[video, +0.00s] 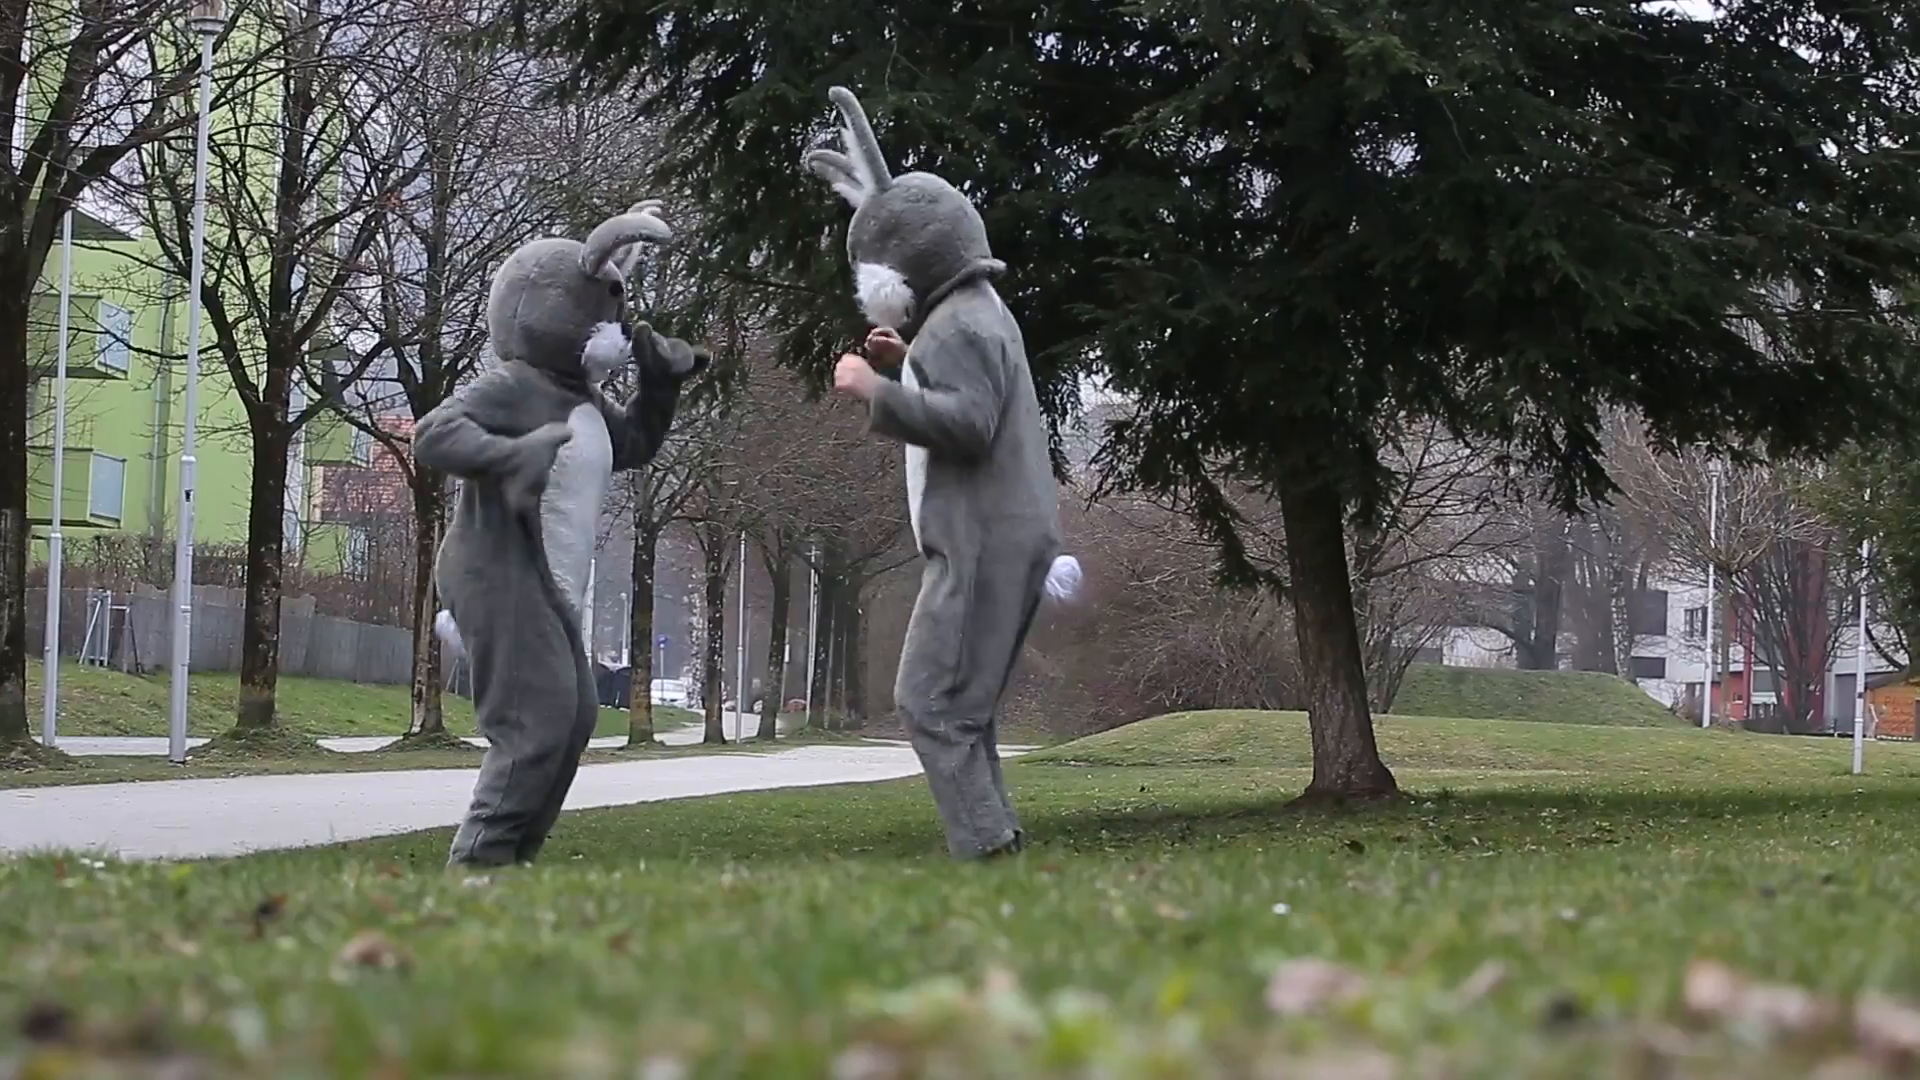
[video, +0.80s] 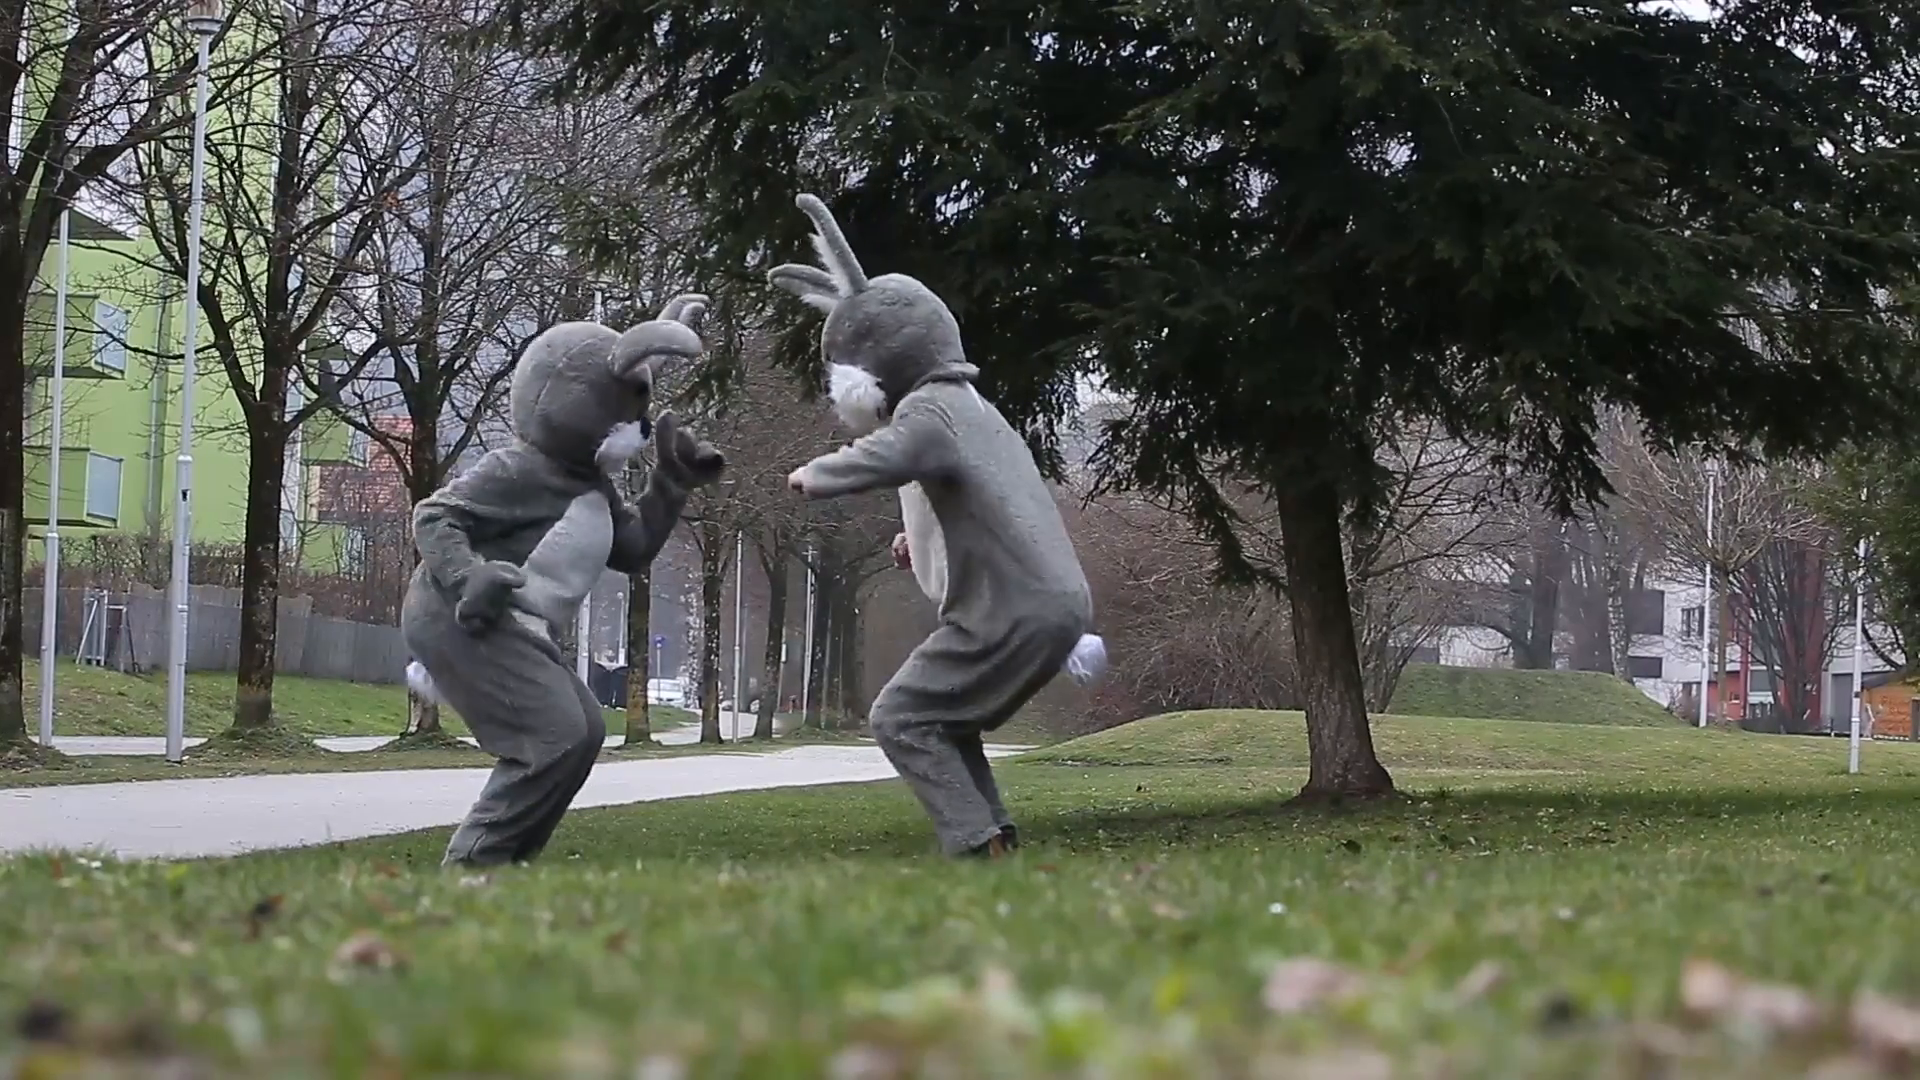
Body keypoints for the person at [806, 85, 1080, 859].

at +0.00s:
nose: (877, 284)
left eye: (879, 267)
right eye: (873, 269)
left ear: (913, 256)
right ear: (941, 248)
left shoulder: (960, 322)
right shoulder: (975, 314)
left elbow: (969, 423)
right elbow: (962, 413)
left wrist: (879, 392)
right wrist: (903, 367)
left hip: (986, 537)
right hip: (1003, 533)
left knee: (929, 697)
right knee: (959, 697)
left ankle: (985, 844)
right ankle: (994, 835)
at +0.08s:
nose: (870, 314)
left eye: (872, 297)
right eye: (866, 299)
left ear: (907, 287)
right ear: (937, 277)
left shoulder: (957, 351)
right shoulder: (962, 342)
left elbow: (972, 455)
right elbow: (960, 441)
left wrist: (882, 434)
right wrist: (904, 391)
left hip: (988, 563)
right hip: (997, 559)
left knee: (911, 705)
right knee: (940, 708)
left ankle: (981, 841)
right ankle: (987, 834)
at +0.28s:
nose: (861, 380)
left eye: (863, 361)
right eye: (857, 365)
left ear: (897, 347)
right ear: (938, 337)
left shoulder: (954, 395)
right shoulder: (967, 402)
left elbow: (891, 440)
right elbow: (969, 532)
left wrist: (851, 460)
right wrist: (901, 533)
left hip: (1004, 608)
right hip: (1024, 607)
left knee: (887, 718)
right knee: (922, 723)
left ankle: (977, 843)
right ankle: (986, 835)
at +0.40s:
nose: (854, 392)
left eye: (860, 376)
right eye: (852, 378)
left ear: (899, 366)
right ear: (928, 359)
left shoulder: (952, 415)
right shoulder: (963, 418)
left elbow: (954, 478)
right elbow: (956, 533)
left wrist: (856, 484)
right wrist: (895, 525)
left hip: (1014, 626)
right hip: (1030, 624)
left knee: (885, 721)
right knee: (919, 726)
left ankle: (977, 843)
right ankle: (987, 834)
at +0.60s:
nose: (847, 397)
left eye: (854, 380)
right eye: (845, 382)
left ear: (894, 374)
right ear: (921, 366)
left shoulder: (948, 436)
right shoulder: (954, 427)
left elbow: (979, 531)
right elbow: (946, 505)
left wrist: (883, 531)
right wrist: (878, 493)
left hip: (1018, 623)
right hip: (1037, 621)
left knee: (890, 716)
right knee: (923, 719)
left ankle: (974, 844)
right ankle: (985, 835)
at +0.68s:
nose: (844, 392)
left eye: (849, 374)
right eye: (841, 377)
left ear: (888, 364)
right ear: (927, 355)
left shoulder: (936, 419)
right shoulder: (971, 414)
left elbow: (945, 497)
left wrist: (850, 505)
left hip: (1015, 616)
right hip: (1053, 613)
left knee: (893, 716)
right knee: (942, 721)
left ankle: (973, 843)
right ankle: (989, 833)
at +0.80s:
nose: (843, 391)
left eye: (847, 372)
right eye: (838, 375)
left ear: (883, 360)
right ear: (932, 350)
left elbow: (884, 454)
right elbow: (993, 506)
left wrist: (816, 475)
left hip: (1016, 609)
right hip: (1057, 606)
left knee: (898, 715)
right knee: (947, 722)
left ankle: (978, 840)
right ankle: (993, 832)